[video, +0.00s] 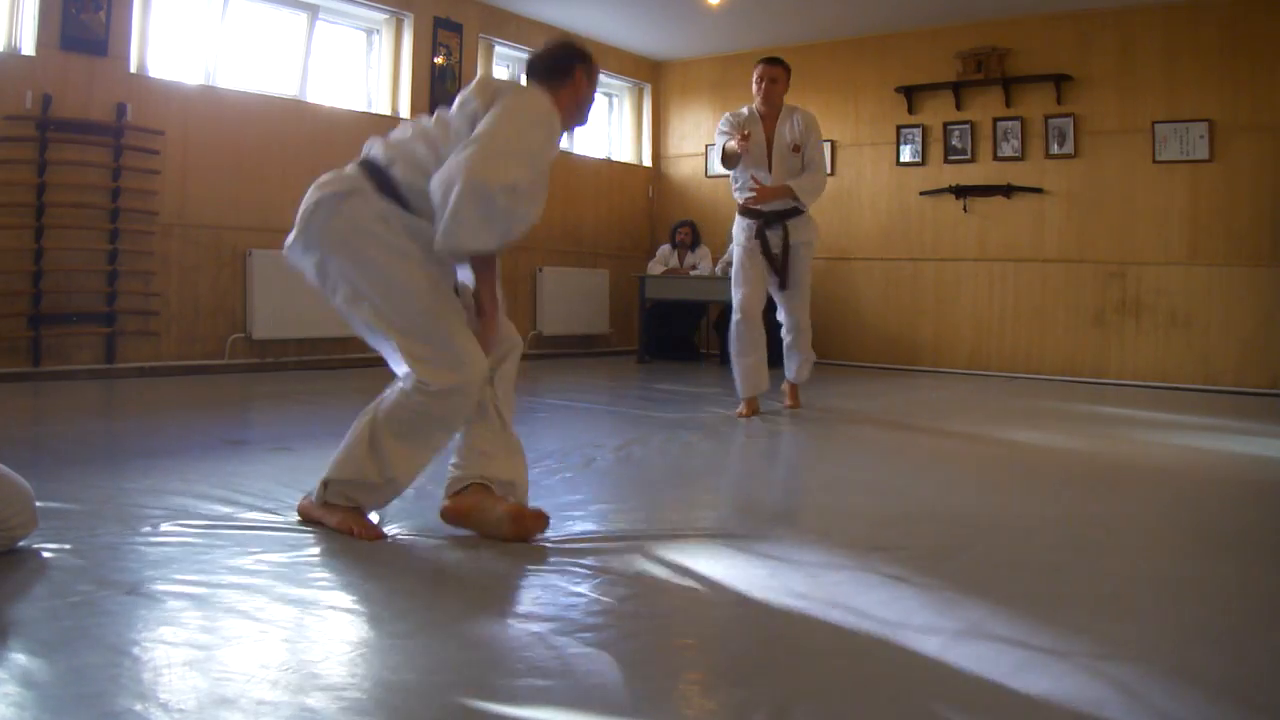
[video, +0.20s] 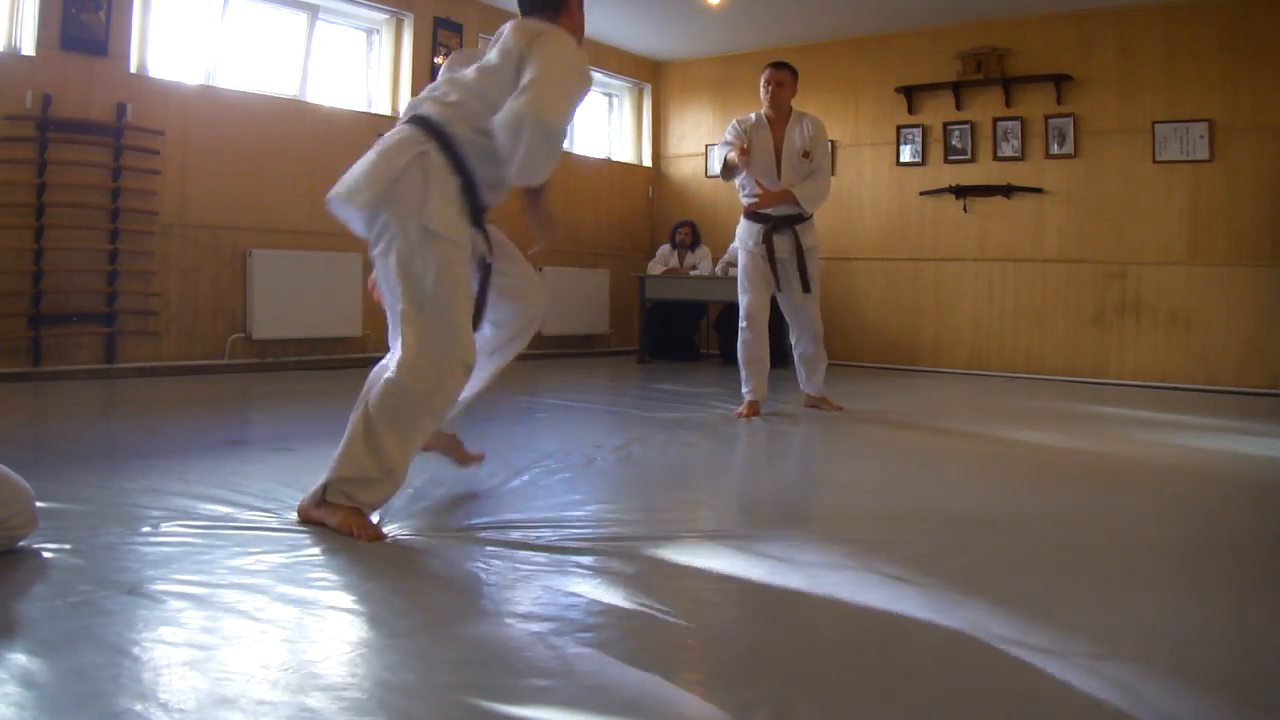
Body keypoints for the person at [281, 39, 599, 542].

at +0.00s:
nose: (592, 103)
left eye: (595, 92)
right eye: (593, 89)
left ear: (545, 74)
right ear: (576, 79)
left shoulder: (512, 104)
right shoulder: (532, 108)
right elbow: (473, 186)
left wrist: (477, 297)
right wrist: (488, 302)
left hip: (391, 226)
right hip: (356, 217)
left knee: (499, 346)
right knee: (452, 373)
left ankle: (476, 489)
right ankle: (334, 498)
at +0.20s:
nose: (585, 22)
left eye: (582, 13)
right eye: (584, 12)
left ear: (532, 13)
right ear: (573, 12)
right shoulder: (559, 48)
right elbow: (531, 119)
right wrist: (536, 204)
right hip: (422, 180)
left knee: (521, 299)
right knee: (435, 354)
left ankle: (433, 419)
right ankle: (338, 495)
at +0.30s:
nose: (586, 12)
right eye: (585, 10)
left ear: (540, 4)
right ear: (575, 5)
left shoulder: (496, 39)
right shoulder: (574, 27)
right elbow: (565, 100)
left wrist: (419, 227)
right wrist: (585, 147)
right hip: (465, 161)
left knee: (512, 319)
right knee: (432, 331)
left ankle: (459, 443)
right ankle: (353, 481)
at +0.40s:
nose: (590, 11)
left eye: (587, 8)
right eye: (590, 7)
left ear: (544, 2)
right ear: (584, 3)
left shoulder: (497, 39)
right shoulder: (579, 26)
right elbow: (623, 92)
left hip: (446, 163)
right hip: (499, 163)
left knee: (470, 315)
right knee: (501, 318)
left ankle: (457, 452)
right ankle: (405, 441)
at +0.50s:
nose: (609, 12)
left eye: (609, 9)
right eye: (607, 7)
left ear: (557, 2)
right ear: (594, 4)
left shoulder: (519, 44)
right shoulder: (597, 30)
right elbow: (670, 72)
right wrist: (694, 42)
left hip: (468, 170)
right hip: (528, 168)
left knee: (477, 317)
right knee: (574, 319)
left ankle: (455, 449)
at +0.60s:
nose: (637, 14)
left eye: (634, 11)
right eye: (636, 10)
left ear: (585, 7)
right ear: (627, 8)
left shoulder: (547, 47)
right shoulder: (633, 39)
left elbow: (533, 124)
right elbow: (700, 42)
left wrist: (597, 176)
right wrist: (714, 12)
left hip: (500, 175)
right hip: (560, 175)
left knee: (485, 315)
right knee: (618, 305)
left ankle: (453, 435)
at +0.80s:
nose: (684, 45)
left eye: (683, 38)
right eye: (685, 37)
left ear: (642, 32)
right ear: (681, 35)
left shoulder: (601, 73)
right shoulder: (689, 78)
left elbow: (555, 136)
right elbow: (754, 59)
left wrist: (575, 177)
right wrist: (743, 16)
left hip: (578, 191)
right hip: (637, 193)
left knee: (555, 295)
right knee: (665, 315)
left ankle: (496, 381)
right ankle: (672, 426)